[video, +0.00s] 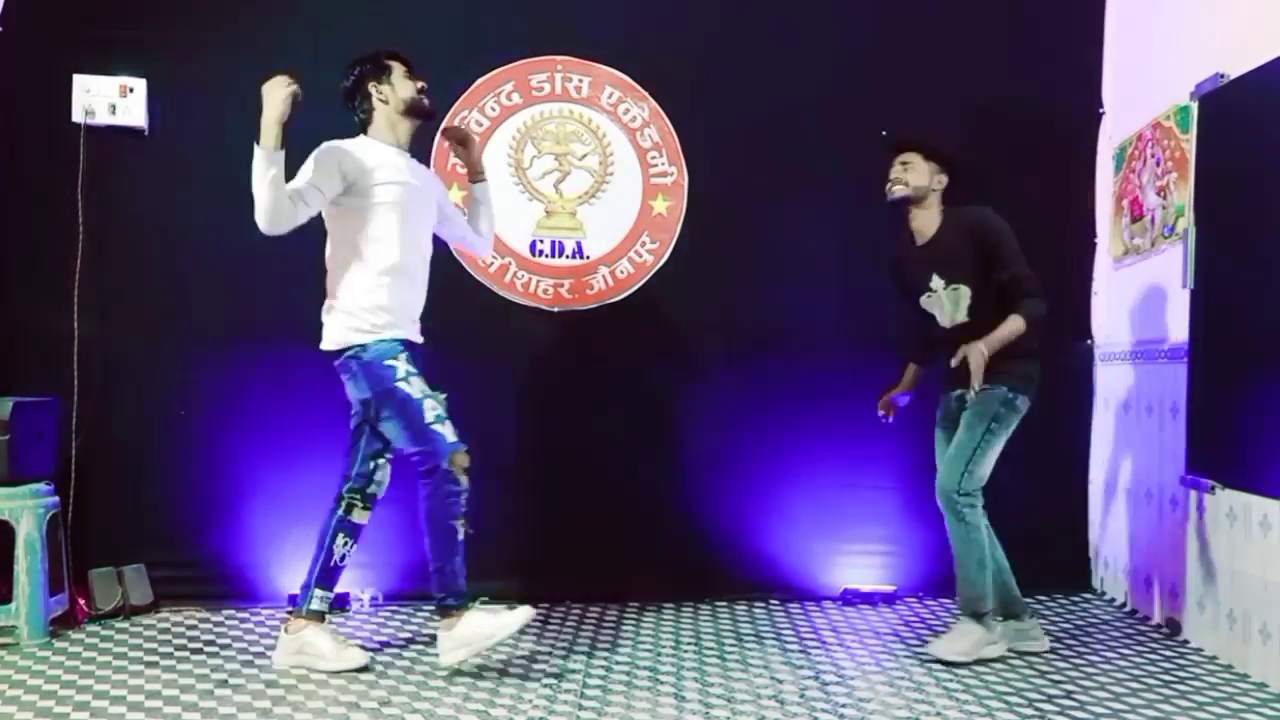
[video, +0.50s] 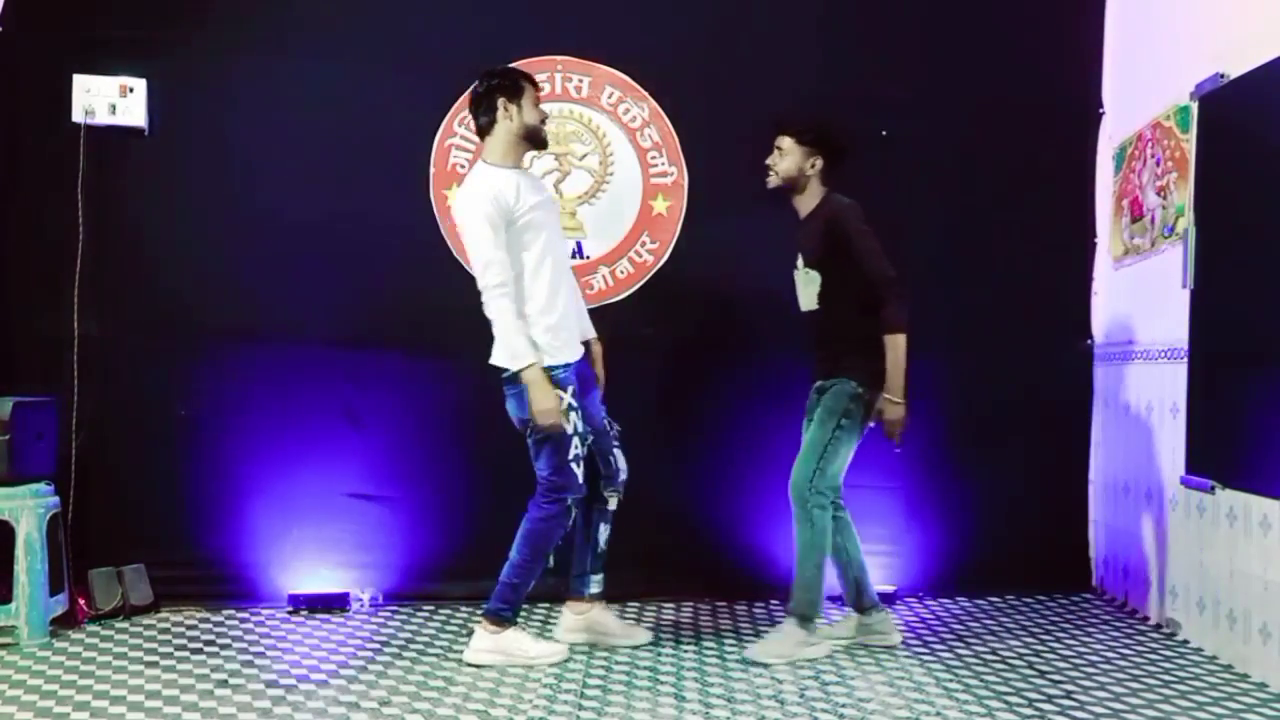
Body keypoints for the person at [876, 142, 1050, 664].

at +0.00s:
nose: (895, 176)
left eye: (908, 167)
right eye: (893, 168)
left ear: (939, 179)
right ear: (892, 184)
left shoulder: (978, 225)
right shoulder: (905, 255)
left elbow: (1031, 305)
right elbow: (926, 330)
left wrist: (986, 343)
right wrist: (905, 387)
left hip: (1005, 378)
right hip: (956, 384)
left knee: (956, 489)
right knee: (958, 495)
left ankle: (979, 621)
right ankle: (1016, 620)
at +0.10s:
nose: (861, 180)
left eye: (872, 169)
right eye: (860, 171)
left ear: (906, 175)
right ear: (873, 182)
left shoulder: (951, 219)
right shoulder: (892, 245)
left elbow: (996, 302)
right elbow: (926, 323)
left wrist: (990, 387)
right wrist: (912, 385)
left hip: (972, 385)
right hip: (929, 387)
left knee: (943, 499)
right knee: (915, 498)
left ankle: (954, 628)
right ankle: (1000, 601)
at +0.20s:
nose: (832, 178)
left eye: (842, 169)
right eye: (834, 169)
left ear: (875, 179)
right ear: (859, 180)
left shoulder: (913, 225)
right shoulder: (870, 237)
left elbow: (965, 302)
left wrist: (991, 393)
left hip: (948, 386)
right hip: (907, 384)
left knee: (927, 499)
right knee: (872, 491)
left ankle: (957, 630)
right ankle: (931, 601)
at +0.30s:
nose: (809, 172)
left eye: (820, 165)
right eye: (812, 164)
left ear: (852, 178)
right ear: (838, 177)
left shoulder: (878, 229)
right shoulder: (848, 232)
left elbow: (938, 303)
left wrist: (971, 392)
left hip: (920, 385)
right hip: (883, 383)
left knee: (889, 494)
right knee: (850, 490)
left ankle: (945, 617)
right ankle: (868, 615)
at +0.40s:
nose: (790, 168)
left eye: (801, 161)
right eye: (793, 160)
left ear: (833, 175)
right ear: (823, 177)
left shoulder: (855, 229)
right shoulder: (832, 232)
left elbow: (913, 306)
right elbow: (873, 309)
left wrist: (934, 396)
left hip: (886, 382)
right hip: (858, 381)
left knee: (837, 482)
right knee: (830, 483)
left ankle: (896, 602)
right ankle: (866, 609)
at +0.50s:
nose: (769, 160)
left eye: (780, 152)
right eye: (772, 152)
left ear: (813, 163)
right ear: (797, 164)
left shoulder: (842, 218)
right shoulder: (809, 224)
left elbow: (891, 303)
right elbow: (833, 308)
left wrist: (894, 392)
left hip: (853, 381)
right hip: (828, 379)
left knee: (807, 487)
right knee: (825, 495)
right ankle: (871, 615)